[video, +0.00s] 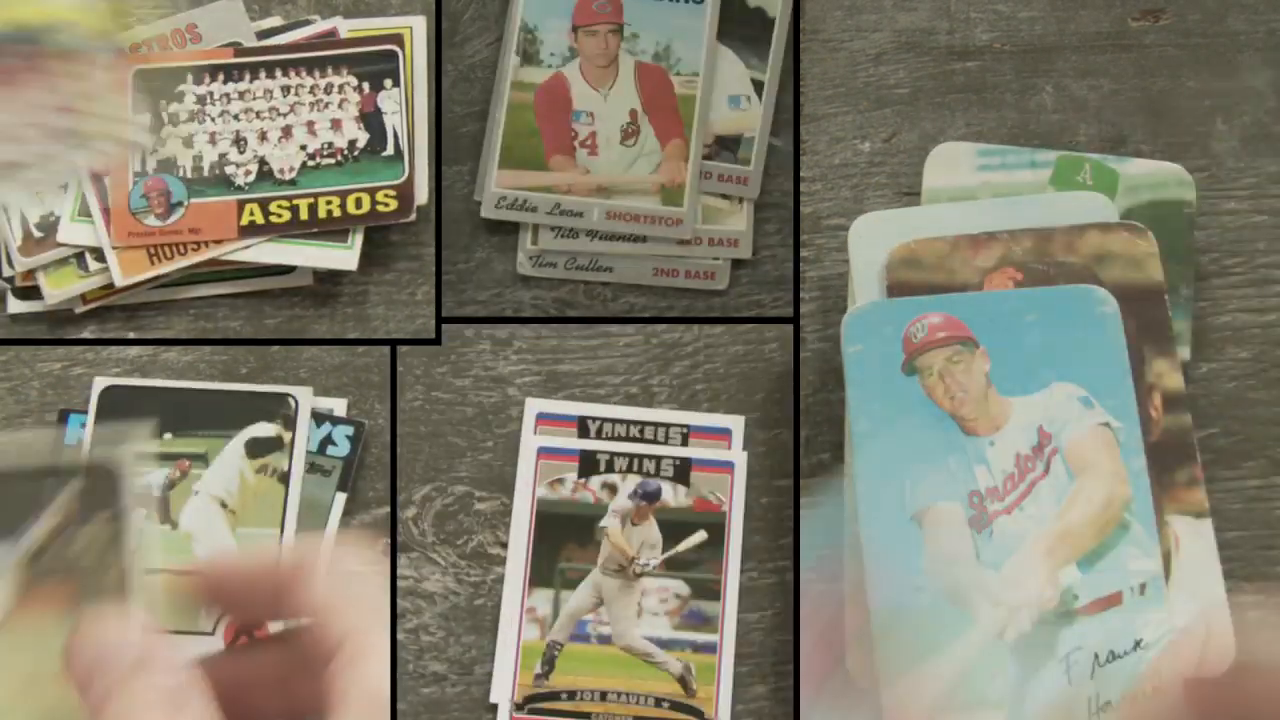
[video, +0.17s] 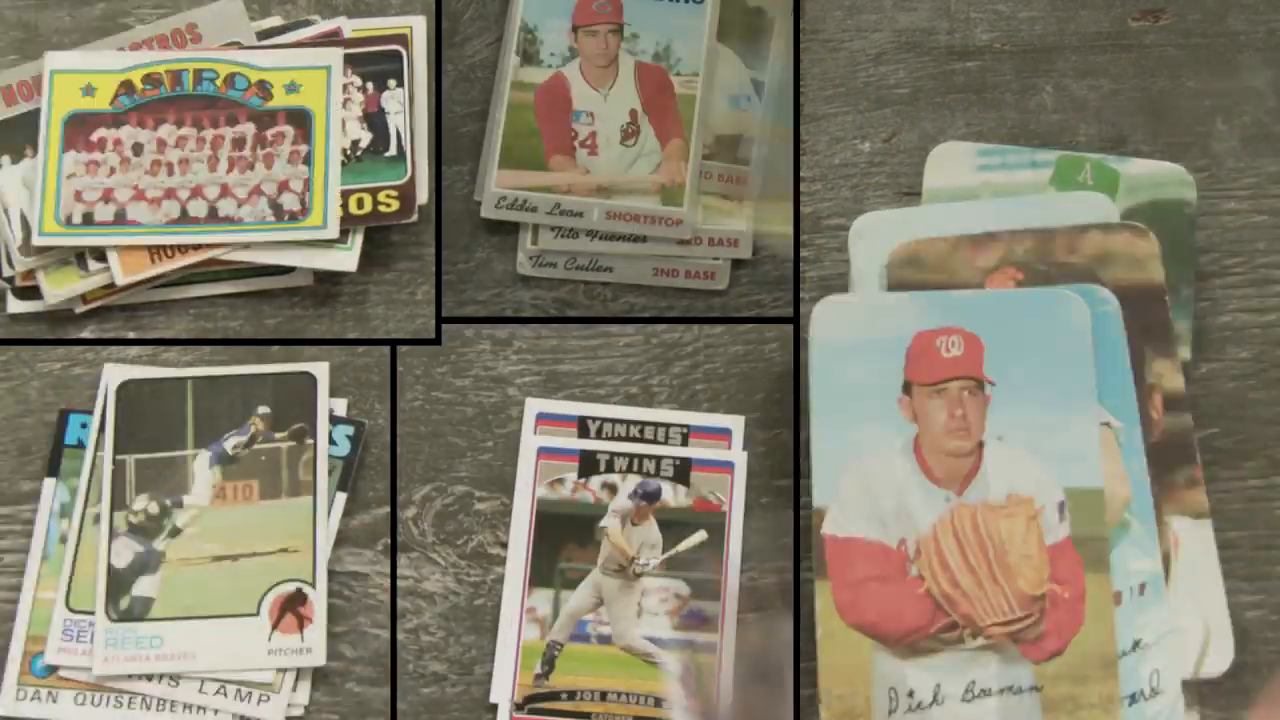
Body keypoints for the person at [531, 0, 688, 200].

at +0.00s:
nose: (603, 44)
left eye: (612, 33)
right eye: (591, 34)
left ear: (621, 36)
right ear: (573, 38)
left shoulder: (652, 78)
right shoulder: (554, 90)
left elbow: (674, 138)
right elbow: (558, 155)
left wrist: (673, 161)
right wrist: (576, 177)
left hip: (641, 198)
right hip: (584, 198)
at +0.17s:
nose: (603, 45)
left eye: (612, 33)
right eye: (592, 34)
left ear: (621, 36)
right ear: (573, 38)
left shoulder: (652, 78)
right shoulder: (553, 91)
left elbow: (674, 138)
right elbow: (558, 155)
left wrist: (673, 162)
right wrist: (575, 177)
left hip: (641, 200)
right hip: (584, 200)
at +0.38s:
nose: (674, 58)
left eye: (679, 53)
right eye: (669, 52)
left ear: (682, 56)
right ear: (658, 51)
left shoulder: (682, 86)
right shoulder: (629, 73)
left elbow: (677, 123)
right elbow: (598, 106)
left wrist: (690, 130)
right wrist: (618, 139)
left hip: (649, 134)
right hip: (620, 133)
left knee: (648, 186)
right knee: (629, 189)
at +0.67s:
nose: (655, 139)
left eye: (666, 128)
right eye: (649, 129)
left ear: (692, 129)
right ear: (644, 133)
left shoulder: (731, 165)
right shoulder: (638, 180)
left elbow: (772, 225)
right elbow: (622, 238)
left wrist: (745, 262)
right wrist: (594, 263)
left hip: (738, 275)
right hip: (686, 275)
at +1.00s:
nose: (637, 136)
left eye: (645, 129)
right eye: (630, 129)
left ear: (652, 130)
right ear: (616, 131)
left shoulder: (677, 153)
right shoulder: (598, 158)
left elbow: (700, 209)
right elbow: (582, 223)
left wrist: (694, 233)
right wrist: (600, 221)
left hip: (662, 204)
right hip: (616, 202)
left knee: (653, 274)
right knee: (584, 273)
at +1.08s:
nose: (638, 136)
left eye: (645, 129)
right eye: (630, 129)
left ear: (652, 130)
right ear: (616, 131)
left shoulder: (677, 153)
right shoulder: (598, 158)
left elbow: (700, 209)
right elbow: (583, 223)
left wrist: (695, 233)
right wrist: (600, 221)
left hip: (662, 203)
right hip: (616, 201)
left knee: (652, 274)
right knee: (584, 273)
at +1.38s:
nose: (684, 76)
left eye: (692, 65)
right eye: (673, 66)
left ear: (701, 67)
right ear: (655, 70)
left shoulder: (728, 101)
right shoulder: (632, 118)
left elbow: (765, 167)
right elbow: (634, 196)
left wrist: (765, 158)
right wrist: (637, 178)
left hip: (721, 209)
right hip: (663, 213)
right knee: (650, 275)